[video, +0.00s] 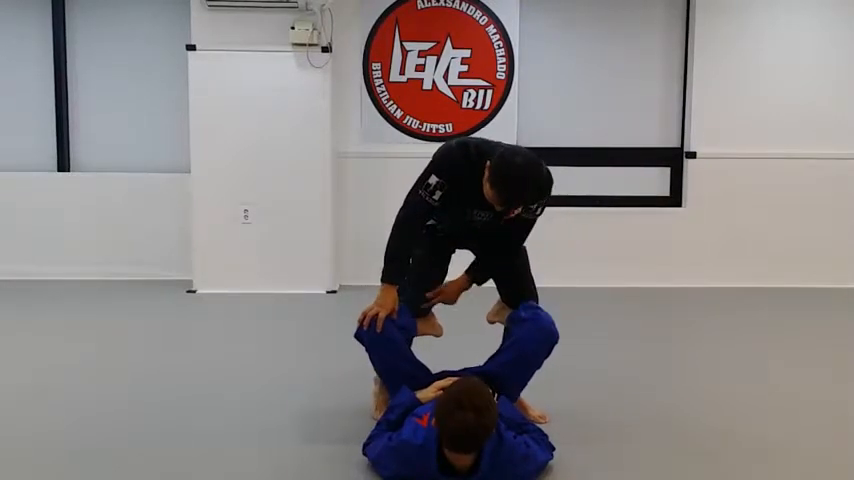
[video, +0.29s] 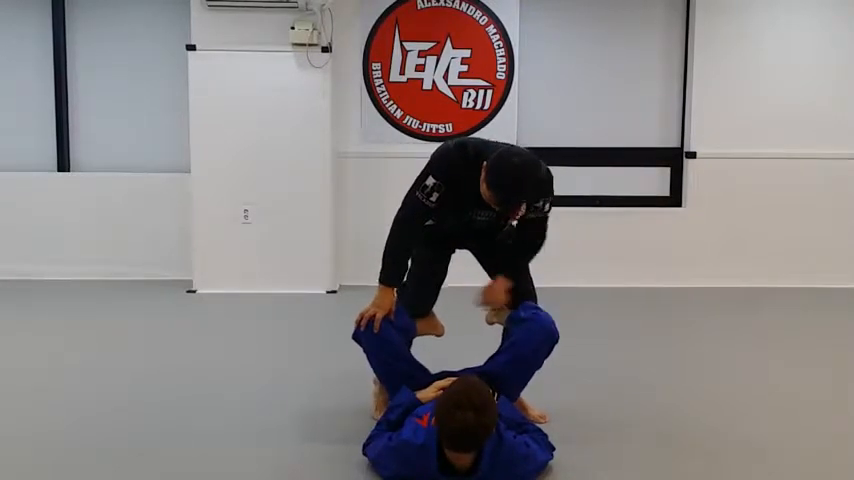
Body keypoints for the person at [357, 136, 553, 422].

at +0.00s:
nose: (498, 211)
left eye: (506, 208)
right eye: (494, 202)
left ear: (527, 196)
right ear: (487, 174)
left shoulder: (538, 188)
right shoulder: (455, 157)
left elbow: (508, 243)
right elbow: (409, 218)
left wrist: (463, 283)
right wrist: (388, 289)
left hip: (494, 235)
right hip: (440, 228)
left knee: (525, 309)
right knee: (412, 306)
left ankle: (508, 391)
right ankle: (386, 379)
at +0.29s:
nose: (491, 207)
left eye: (500, 206)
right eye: (489, 200)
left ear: (524, 192)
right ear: (484, 174)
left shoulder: (539, 182)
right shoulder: (453, 158)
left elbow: (533, 238)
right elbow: (407, 220)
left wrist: (506, 280)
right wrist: (386, 289)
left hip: (490, 232)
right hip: (439, 229)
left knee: (525, 308)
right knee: (415, 307)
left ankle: (509, 392)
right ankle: (386, 378)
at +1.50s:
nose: (522, 215)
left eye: (529, 211)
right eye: (518, 206)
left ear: (547, 194)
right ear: (506, 177)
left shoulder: (545, 181)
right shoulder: (462, 165)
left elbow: (547, 239)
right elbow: (413, 228)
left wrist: (546, 299)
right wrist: (390, 296)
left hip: (491, 231)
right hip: (439, 230)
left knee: (525, 304)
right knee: (436, 311)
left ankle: (508, 392)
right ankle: (385, 373)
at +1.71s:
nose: (523, 216)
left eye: (531, 212)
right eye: (520, 207)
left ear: (548, 197)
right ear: (508, 178)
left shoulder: (546, 184)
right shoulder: (464, 166)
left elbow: (547, 241)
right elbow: (414, 229)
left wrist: (546, 300)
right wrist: (393, 297)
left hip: (492, 233)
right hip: (440, 232)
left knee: (525, 307)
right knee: (441, 317)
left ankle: (508, 393)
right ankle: (387, 372)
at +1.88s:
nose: (530, 216)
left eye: (537, 211)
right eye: (526, 206)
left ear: (553, 197)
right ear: (514, 177)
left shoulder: (549, 187)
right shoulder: (467, 167)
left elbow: (547, 243)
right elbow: (416, 228)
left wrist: (548, 301)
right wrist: (394, 296)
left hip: (491, 236)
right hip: (441, 235)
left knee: (527, 306)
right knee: (447, 318)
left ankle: (507, 394)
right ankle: (388, 373)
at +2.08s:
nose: (534, 217)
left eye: (543, 213)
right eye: (532, 208)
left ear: (557, 198)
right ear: (520, 178)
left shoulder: (549, 187)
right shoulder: (471, 169)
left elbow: (547, 244)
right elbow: (418, 225)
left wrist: (548, 301)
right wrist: (396, 296)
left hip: (490, 240)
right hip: (440, 237)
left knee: (529, 305)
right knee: (449, 325)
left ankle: (508, 395)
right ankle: (388, 376)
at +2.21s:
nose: (538, 216)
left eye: (547, 212)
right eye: (537, 208)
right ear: (524, 178)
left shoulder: (549, 184)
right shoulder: (472, 170)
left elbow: (546, 243)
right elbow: (419, 227)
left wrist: (548, 301)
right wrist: (398, 296)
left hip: (487, 238)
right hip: (439, 235)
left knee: (527, 303)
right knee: (450, 324)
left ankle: (509, 394)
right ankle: (389, 377)